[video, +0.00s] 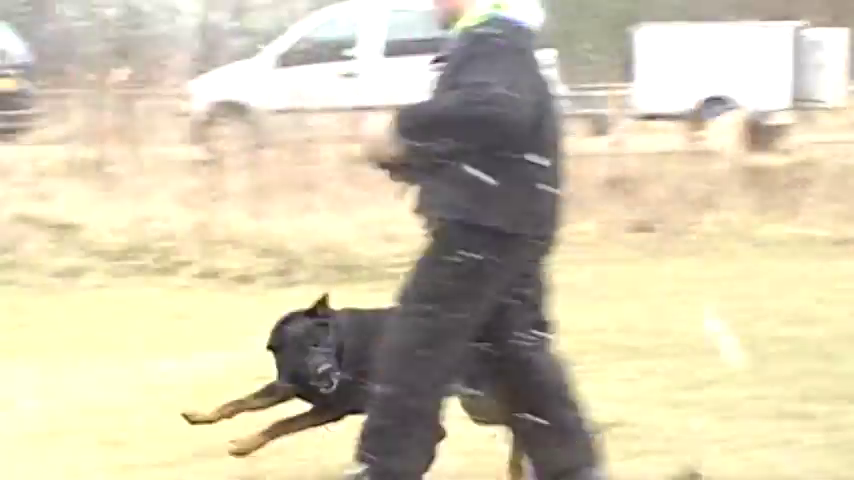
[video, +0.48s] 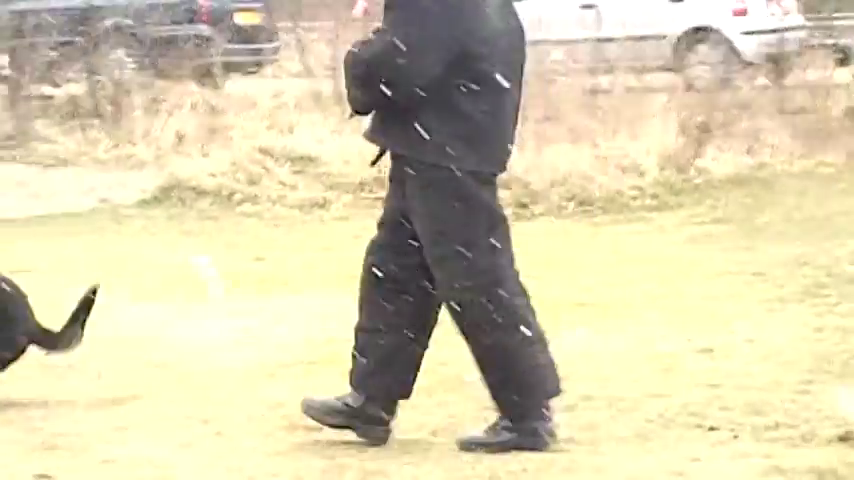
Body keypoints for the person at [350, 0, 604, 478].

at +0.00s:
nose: (437, 8)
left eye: (441, 2)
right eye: (438, 4)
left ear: (458, 2)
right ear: (484, 2)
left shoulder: (490, 41)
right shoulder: (494, 45)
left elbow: (502, 111)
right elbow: (473, 145)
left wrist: (406, 125)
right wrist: (409, 158)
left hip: (486, 228)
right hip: (510, 230)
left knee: (415, 342)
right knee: (518, 352)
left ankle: (387, 466)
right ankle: (570, 465)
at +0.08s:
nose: (512, 6)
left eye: (517, 1)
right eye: (514, 2)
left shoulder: (573, 27)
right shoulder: (558, 37)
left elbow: (591, 86)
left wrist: (513, 112)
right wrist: (500, 150)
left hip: (565, 214)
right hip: (600, 216)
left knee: (503, 330)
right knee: (633, 336)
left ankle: (449, 455)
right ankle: (709, 451)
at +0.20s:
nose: (473, 5)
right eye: (473, 1)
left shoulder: (530, 32)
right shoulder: (526, 36)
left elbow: (547, 97)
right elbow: (492, 105)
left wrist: (461, 136)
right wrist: (450, 137)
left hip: (515, 215)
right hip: (556, 215)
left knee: (456, 330)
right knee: (576, 326)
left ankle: (460, 466)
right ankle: (688, 404)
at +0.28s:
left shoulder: (489, 18)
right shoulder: (525, 25)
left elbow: (486, 98)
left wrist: (401, 125)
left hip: (478, 198)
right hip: (525, 198)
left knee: (447, 316)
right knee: (510, 304)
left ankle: (469, 450)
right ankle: (611, 386)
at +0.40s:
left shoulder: (451, 7)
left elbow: (432, 72)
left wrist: (366, 74)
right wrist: (385, 84)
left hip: (456, 164)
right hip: (436, 161)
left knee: (463, 292)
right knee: (414, 280)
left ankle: (498, 425)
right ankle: (456, 404)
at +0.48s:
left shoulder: (436, 6)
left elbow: (404, 64)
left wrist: (360, 62)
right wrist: (380, 65)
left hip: (448, 157)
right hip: (425, 155)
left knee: (478, 283)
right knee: (396, 275)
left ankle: (527, 417)